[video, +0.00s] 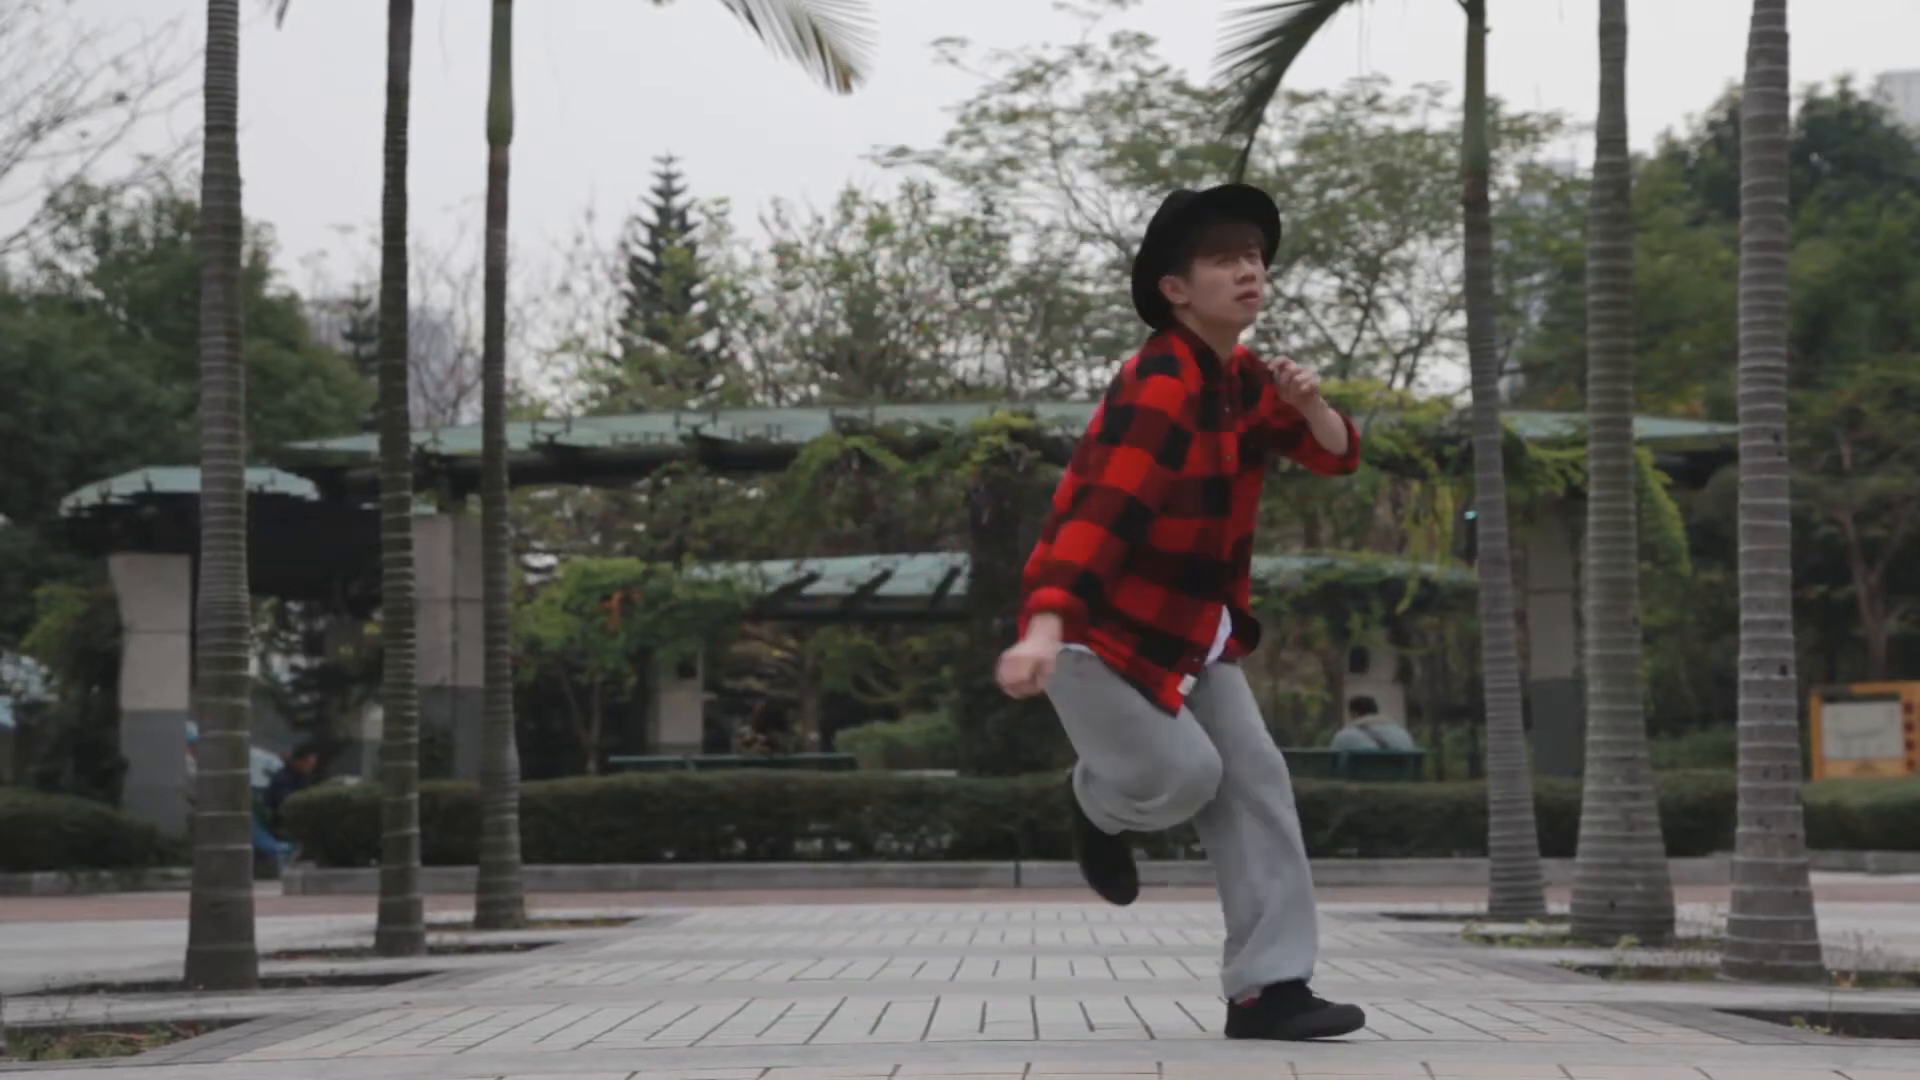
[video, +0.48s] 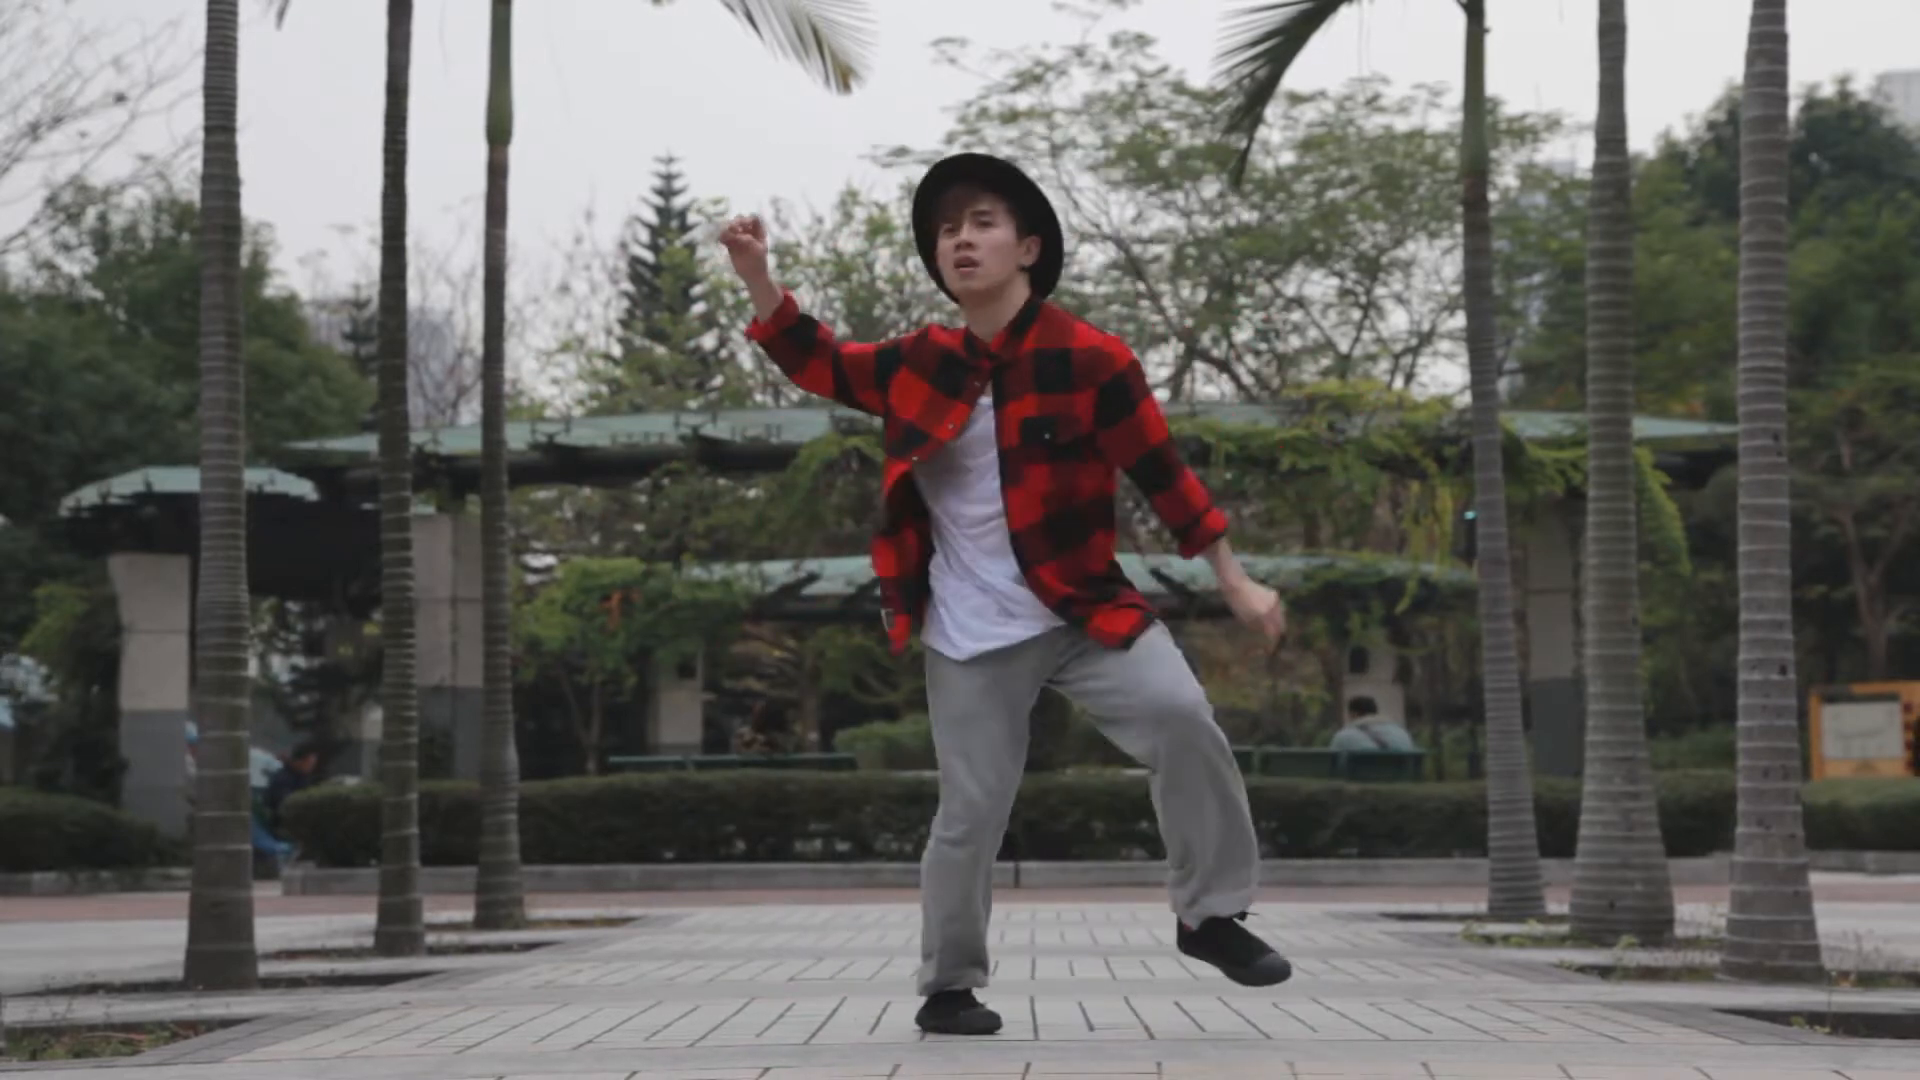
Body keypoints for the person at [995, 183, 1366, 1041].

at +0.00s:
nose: (1249, 276)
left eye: (1257, 261)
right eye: (1223, 262)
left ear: (1267, 275)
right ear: (1173, 290)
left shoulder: (1249, 379)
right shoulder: (1162, 378)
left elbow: (1335, 457)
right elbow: (1102, 504)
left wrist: (1313, 410)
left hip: (1189, 635)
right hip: (1094, 633)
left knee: (1257, 780)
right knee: (1181, 772)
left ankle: (1266, 988)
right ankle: (1097, 804)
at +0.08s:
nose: (1200, 236)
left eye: (1215, 220)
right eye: (1174, 224)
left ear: (1237, 243)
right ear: (1139, 256)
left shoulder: (1250, 346)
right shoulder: (1104, 344)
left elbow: (1368, 432)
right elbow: (1008, 448)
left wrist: (1320, 381)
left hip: (1155, 596)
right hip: (1049, 572)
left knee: (1194, 766)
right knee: (1156, 697)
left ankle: (1190, 975)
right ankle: (1122, 907)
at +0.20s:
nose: (1133, 226)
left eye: (1153, 212)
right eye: (1112, 213)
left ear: (1185, 239)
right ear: (1084, 240)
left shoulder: (1216, 356)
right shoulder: (1027, 329)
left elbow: (1311, 468)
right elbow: (895, 389)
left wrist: (1294, 424)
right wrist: (762, 407)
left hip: (1136, 599)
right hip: (1030, 582)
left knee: (1117, 797)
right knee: (1096, 727)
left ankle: (1038, 970)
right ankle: (1142, 936)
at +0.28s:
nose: (1087, 215)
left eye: (1109, 201)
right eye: (1069, 202)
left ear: (1145, 231)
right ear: (1044, 231)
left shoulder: (1179, 354)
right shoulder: (990, 329)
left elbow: (1238, 471)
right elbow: (877, 370)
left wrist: (1219, 484)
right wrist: (756, 335)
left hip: (1126, 606)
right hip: (1017, 595)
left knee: (1161, 775)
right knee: (1066, 742)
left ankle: (1071, 949)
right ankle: (1028, 949)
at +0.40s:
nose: (1014, 228)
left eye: (1038, 213)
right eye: (999, 215)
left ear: (1077, 241)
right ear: (979, 242)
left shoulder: (1117, 360)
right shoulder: (940, 345)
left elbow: (1153, 491)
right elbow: (842, 358)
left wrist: (1165, 581)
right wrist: (759, 286)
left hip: (1103, 623)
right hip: (982, 638)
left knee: (1222, 728)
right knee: (955, 818)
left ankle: (1167, 909)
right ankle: (938, 986)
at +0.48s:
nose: (961, 239)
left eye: (983, 222)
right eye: (947, 229)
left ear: (1029, 249)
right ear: (933, 261)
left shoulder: (1089, 361)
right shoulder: (918, 362)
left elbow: (1162, 471)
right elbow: (821, 362)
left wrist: (1230, 573)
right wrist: (760, 287)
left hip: (1086, 610)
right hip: (973, 631)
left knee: (1183, 716)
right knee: (972, 809)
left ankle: (1210, 914)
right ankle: (948, 986)